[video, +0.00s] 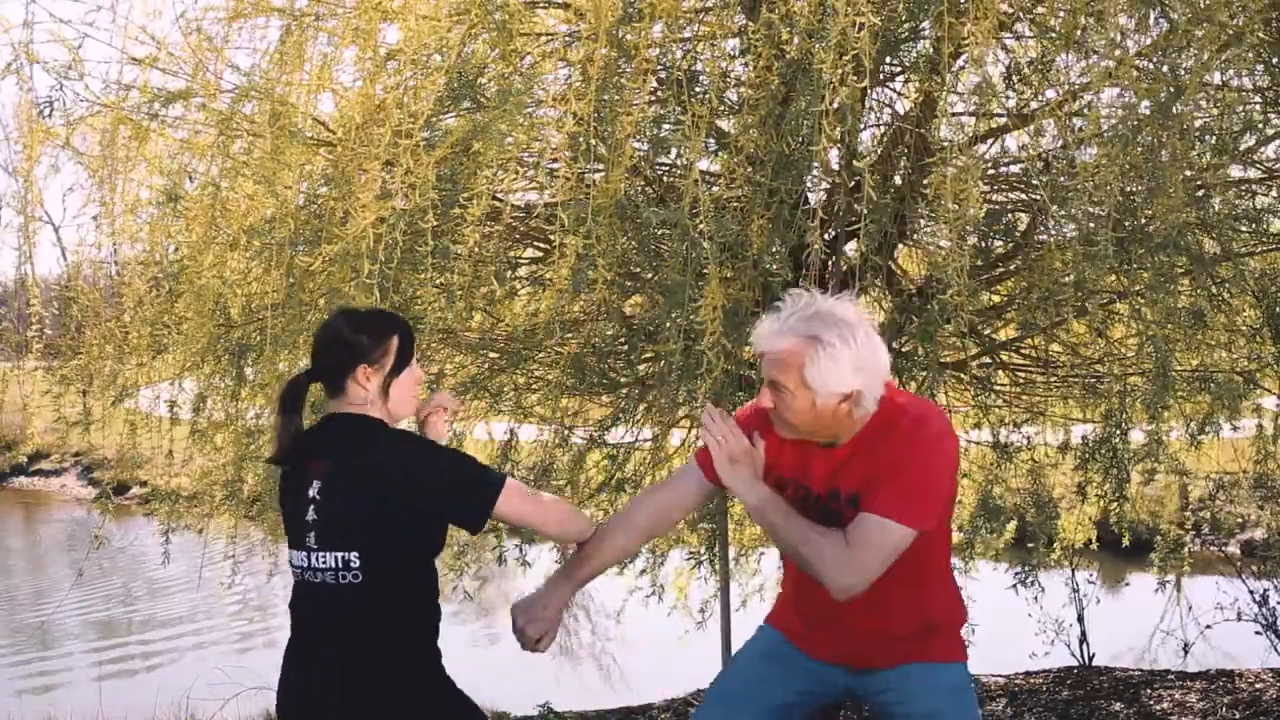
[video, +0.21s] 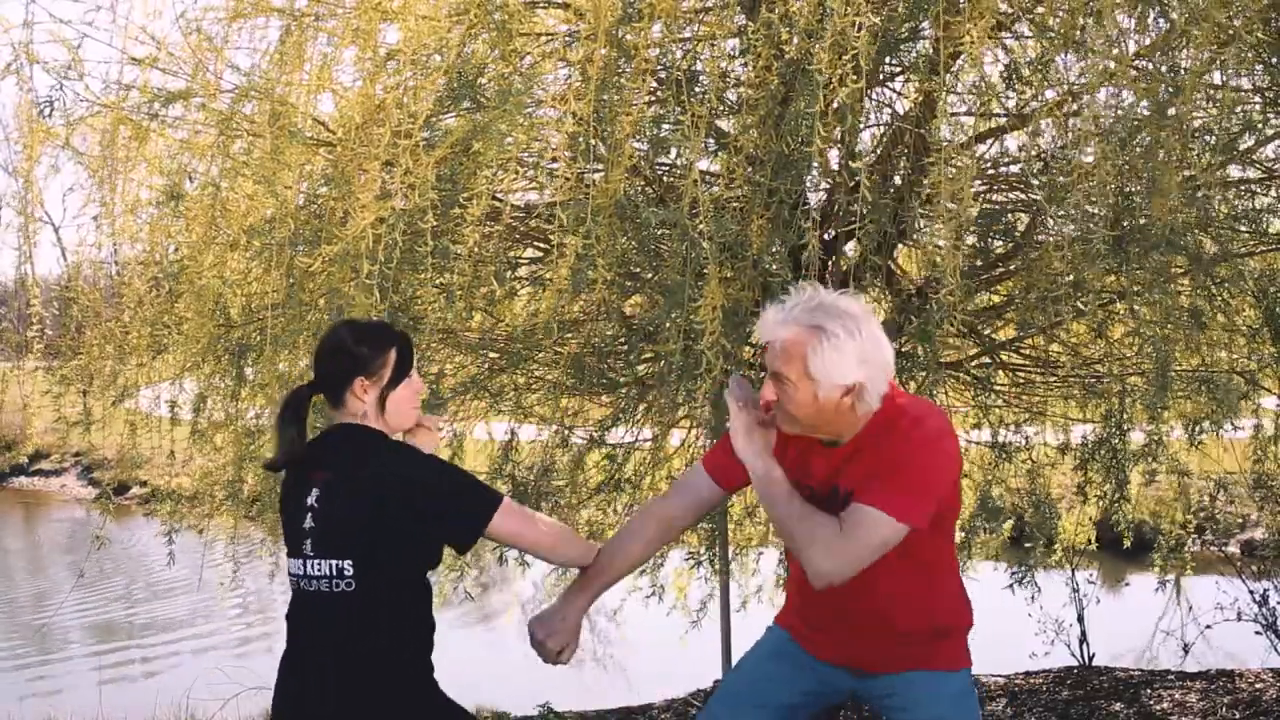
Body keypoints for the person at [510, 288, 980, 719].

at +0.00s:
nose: (765, 402)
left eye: (780, 390)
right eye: (765, 384)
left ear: (845, 398)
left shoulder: (923, 436)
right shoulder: (764, 425)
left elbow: (847, 572)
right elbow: (660, 506)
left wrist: (754, 493)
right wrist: (557, 589)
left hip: (916, 657)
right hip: (795, 645)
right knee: (711, 713)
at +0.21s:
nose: (765, 394)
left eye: (781, 382)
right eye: (767, 376)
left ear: (845, 392)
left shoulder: (923, 437)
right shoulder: (771, 424)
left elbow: (829, 561)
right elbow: (667, 513)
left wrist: (761, 462)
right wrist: (573, 603)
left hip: (919, 662)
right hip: (802, 646)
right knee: (719, 713)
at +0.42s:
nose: (728, 319)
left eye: (747, 306)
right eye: (736, 302)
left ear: (802, 327)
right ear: (799, 327)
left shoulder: (859, 410)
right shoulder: (747, 393)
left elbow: (728, 532)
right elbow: (633, 475)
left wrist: (614, 542)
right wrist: (685, 462)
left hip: (882, 664)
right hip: (772, 640)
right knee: (689, 713)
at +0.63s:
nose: (727, 280)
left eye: (745, 267)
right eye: (737, 265)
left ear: (790, 288)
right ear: (784, 289)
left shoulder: (837, 387)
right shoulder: (743, 377)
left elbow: (702, 500)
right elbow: (635, 412)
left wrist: (591, 533)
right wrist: (550, 379)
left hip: (849, 673)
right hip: (748, 644)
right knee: (675, 713)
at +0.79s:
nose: (727, 272)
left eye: (745, 257)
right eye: (736, 258)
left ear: (793, 275)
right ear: (787, 274)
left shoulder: (836, 362)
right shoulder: (742, 361)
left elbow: (677, 448)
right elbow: (642, 390)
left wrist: (592, 456)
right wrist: (562, 395)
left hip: (845, 660)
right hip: (738, 638)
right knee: (672, 711)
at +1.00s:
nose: (681, 263)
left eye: (697, 246)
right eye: (686, 247)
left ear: (753, 256)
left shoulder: (829, 346)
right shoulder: (683, 360)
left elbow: (763, 474)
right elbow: (566, 420)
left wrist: (623, 483)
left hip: (834, 640)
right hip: (712, 632)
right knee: (657, 712)